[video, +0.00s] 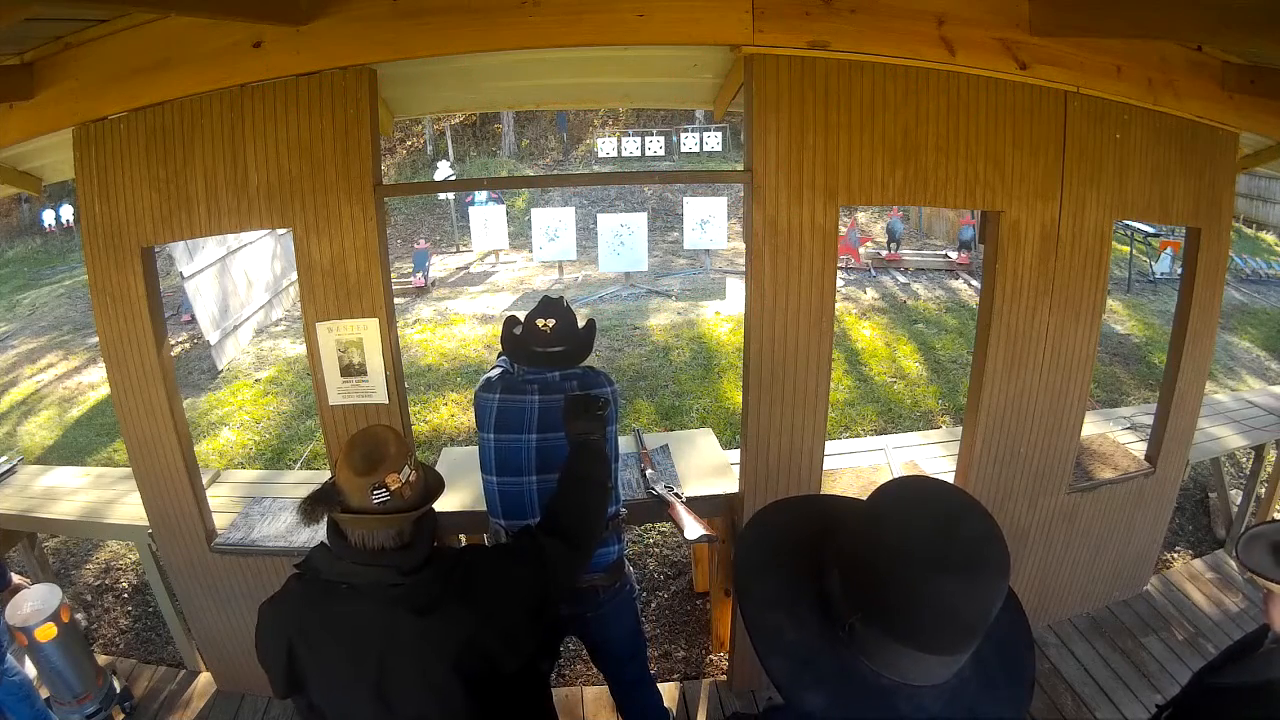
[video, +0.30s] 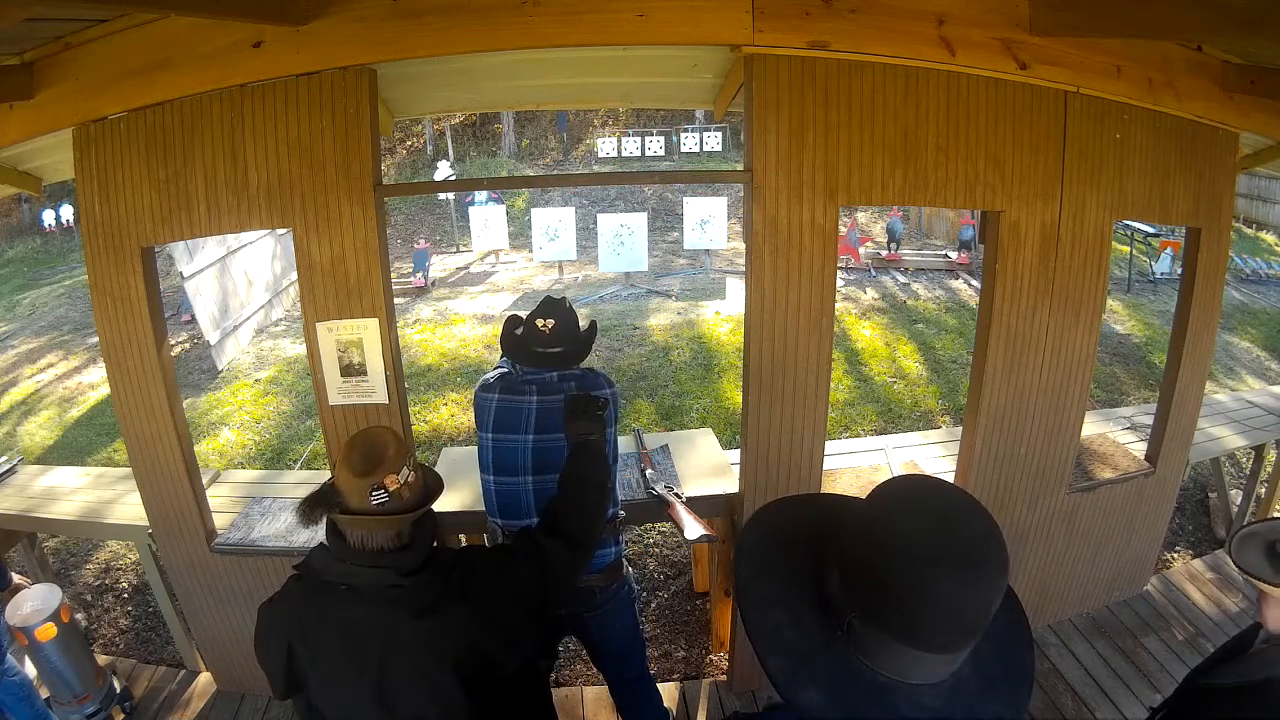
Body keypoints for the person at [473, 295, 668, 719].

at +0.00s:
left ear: (515, 340)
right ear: (576, 342)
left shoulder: (488, 393)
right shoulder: (599, 387)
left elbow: (507, 365)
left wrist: (519, 344)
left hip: (518, 582)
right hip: (596, 577)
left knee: (529, 691)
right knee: (634, 688)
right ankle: (653, 715)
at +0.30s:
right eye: (576, 337)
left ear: (516, 341)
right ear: (576, 344)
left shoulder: (486, 392)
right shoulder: (598, 388)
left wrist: (526, 345)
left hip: (515, 581)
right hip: (594, 576)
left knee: (529, 692)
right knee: (634, 687)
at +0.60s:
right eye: (584, 340)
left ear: (526, 342)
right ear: (580, 347)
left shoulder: (490, 391)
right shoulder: (601, 390)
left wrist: (534, 348)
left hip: (515, 582)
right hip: (594, 577)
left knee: (527, 691)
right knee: (633, 685)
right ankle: (654, 716)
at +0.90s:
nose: (594, 360)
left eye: (593, 353)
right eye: (593, 352)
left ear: (541, 348)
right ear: (586, 352)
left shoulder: (488, 396)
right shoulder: (613, 393)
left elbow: (445, 463)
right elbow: (673, 429)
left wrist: (494, 502)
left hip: (519, 577)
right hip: (600, 572)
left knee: (529, 689)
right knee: (634, 683)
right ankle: (652, 717)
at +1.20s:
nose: (606, 369)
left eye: (606, 361)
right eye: (606, 361)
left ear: (552, 351)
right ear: (596, 358)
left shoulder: (496, 390)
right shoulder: (621, 395)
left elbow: (452, 443)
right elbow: (690, 445)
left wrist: (498, 493)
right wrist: (643, 455)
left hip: (520, 578)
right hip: (602, 572)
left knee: (527, 694)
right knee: (633, 683)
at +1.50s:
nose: (596, 360)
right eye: (595, 352)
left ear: (538, 348)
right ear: (590, 354)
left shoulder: (489, 391)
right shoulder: (620, 393)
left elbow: (425, 433)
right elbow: (670, 456)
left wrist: (478, 467)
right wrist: (629, 495)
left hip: (524, 579)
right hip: (604, 573)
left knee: (528, 694)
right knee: (634, 685)